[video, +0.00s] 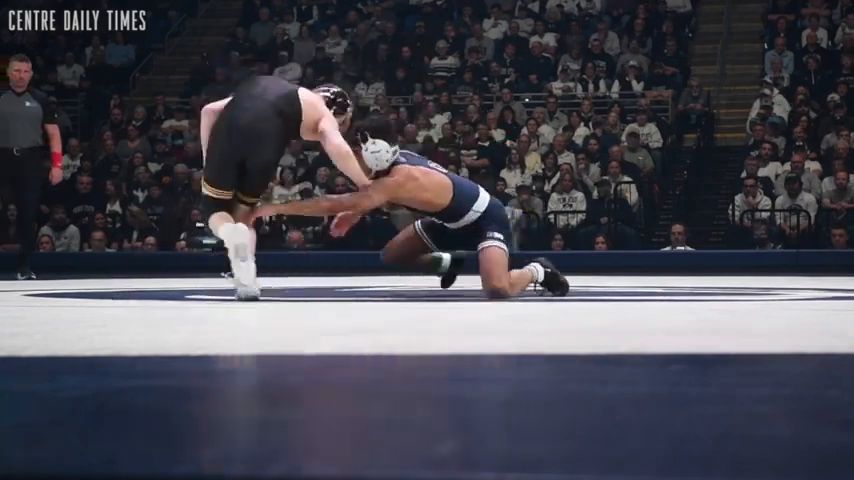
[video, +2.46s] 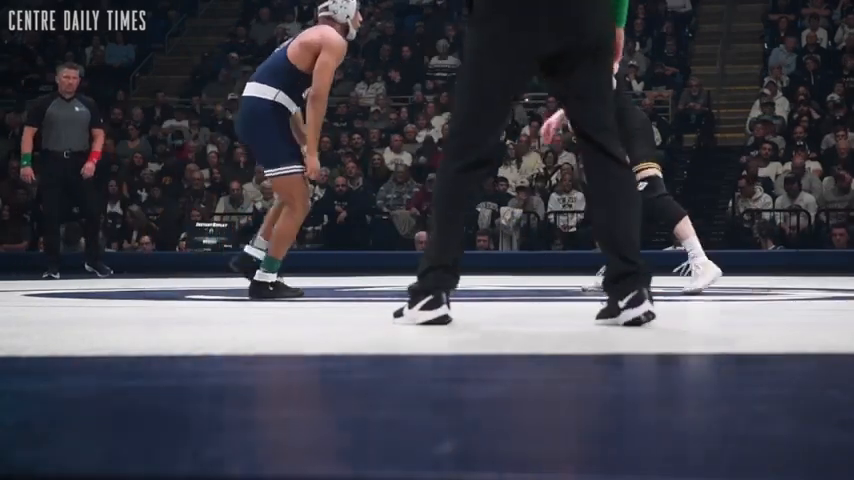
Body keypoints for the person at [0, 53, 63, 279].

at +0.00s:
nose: (20, 76)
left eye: (25, 72)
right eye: (16, 71)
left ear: (31, 74)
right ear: (8, 73)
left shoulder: (42, 100)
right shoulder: (3, 98)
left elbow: (53, 133)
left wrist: (57, 164)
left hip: (30, 161)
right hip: (5, 160)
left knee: (27, 212)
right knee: (4, 211)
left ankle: (25, 265)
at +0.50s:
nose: (32, 79)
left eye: (37, 75)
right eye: (28, 74)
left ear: (43, 77)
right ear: (20, 76)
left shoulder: (52, 102)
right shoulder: (7, 100)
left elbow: (65, 134)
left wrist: (62, 163)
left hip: (41, 161)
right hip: (12, 161)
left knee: (34, 213)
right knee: (13, 212)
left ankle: (26, 266)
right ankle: (27, 261)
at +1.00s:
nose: (51, 81)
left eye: (56, 77)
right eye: (48, 77)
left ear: (61, 80)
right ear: (40, 78)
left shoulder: (72, 104)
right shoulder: (25, 102)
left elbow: (85, 134)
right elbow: (10, 132)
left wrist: (82, 162)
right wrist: (5, 161)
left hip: (65, 164)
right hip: (35, 164)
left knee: (79, 211)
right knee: (32, 214)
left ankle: (93, 261)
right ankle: (33, 266)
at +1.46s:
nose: (97, 86)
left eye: (102, 82)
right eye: (93, 82)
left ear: (107, 84)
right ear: (85, 83)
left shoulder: (112, 109)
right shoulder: (72, 104)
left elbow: (120, 139)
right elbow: (57, 132)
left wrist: (128, 168)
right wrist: (68, 161)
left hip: (106, 167)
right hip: (78, 166)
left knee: (110, 215)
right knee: (65, 214)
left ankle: (108, 265)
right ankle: (45, 264)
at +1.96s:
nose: (93, 83)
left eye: (96, 79)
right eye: (89, 79)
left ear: (102, 82)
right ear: (81, 81)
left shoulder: (109, 107)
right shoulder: (69, 103)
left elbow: (118, 137)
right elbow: (52, 131)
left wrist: (125, 165)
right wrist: (57, 161)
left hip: (103, 165)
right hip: (76, 164)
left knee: (106, 216)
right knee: (66, 214)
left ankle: (108, 265)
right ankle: (55, 266)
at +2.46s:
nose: (70, 82)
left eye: (74, 78)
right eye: (66, 78)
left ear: (79, 81)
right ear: (57, 79)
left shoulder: (88, 105)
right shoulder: (43, 104)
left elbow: (98, 135)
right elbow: (28, 133)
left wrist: (92, 161)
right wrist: (26, 163)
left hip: (81, 164)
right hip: (52, 164)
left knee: (91, 212)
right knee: (51, 214)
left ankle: (93, 260)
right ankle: (52, 265)